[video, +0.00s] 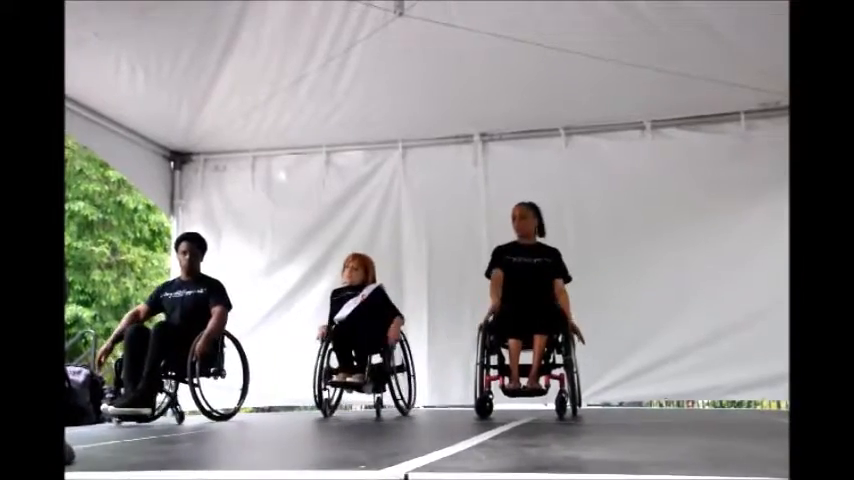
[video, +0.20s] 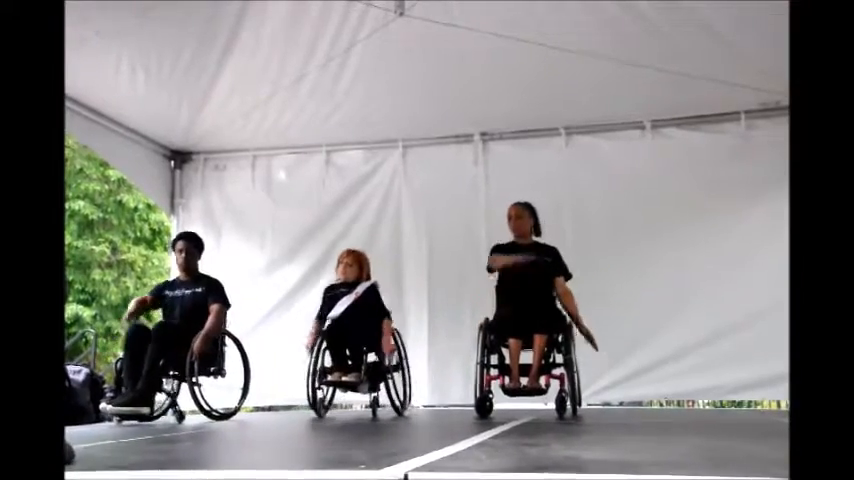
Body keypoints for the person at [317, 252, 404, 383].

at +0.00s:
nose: (349, 272)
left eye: (355, 269)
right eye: (347, 267)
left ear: (366, 273)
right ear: (343, 271)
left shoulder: (375, 291)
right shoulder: (337, 294)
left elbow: (398, 316)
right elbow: (334, 322)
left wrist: (395, 327)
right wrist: (326, 330)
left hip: (373, 332)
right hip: (349, 333)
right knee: (338, 332)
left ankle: (359, 373)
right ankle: (345, 370)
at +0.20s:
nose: (344, 268)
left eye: (350, 265)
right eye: (341, 264)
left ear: (361, 270)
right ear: (337, 268)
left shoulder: (368, 289)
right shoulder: (331, 290)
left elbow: (384, 316)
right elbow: (321, 317)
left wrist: (386, 340)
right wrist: (313, 337)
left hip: (365, 330)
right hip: (341, 329)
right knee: (332, 331)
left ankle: (355, 371)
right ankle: (339, 369)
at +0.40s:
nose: (336, 261)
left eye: (342, 258)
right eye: (333, 258)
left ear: (354, 263)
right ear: (329, 262)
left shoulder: (361, 283)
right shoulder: (326, 284)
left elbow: (376, 309)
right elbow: (311, 310)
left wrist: (372, 329)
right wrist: (312, 297)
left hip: (355, 319)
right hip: (334, 319)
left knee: (349, 336)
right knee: (323, 330)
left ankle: (348, 369)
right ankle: (332, 366)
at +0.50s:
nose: (331, 261)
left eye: (337, 257)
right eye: (328, 256)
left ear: (350, 261)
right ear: (325, 260)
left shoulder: (360, 281)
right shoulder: (322, 281)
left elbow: (370, 300)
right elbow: (300, 301)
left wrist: (376, 307)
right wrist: (301, 273)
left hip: (354, 318)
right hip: (331, 318)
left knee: (344, 332)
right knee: (319, 327)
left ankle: (345, 368)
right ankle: (329, 366)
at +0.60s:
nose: (329, 259)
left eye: (336, 255)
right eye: (327, 254)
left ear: (349, 260)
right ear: (324, 258)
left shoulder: (359, 280)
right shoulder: (320, 281)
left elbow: (369, 301)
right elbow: (295, 300)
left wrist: (379, 297)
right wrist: (289, 269)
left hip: (354, 320)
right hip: (330, 319)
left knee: (342, 332)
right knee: (317, 326)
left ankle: (344, 368)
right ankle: (327, 367)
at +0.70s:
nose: (329, 258)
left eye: (336, 254)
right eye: (327, 253)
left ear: (349, 259)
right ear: (323, 257)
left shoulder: (357, 278)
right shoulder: (318, 281)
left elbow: (373, 292)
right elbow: (293, 304)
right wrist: (279, 278)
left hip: (352, 319)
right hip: (328, 320)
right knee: (316, 325)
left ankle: (342, 369)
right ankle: (324, 367)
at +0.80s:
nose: (327, 256)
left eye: (333, 253)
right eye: (324, 252)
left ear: (346, 257)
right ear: (321, 256)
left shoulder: (354, 277)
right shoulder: (314, 281)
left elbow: (374, 281)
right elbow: (299, 316)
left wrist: (383, 251)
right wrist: (275, 302)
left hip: (347, 318)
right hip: (322, 319)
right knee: (310, 322)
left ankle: (339, 368)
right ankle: (320, 366)